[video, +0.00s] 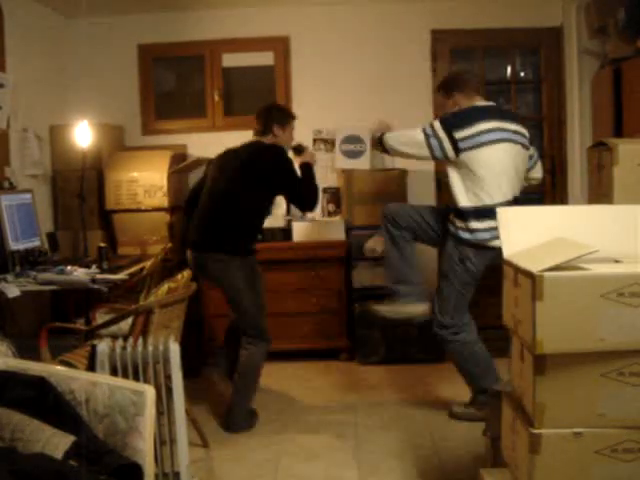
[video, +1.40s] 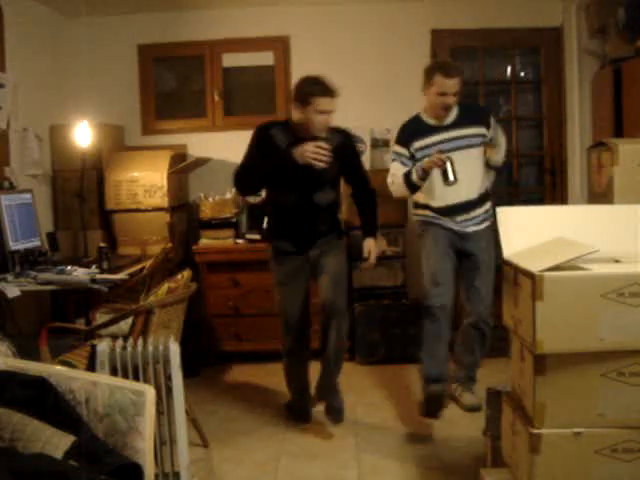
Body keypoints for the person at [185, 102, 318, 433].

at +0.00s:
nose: (291, 138)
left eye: (291, 131)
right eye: (290, 132)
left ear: (259, 129)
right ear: (277, 130)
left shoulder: (227, 157)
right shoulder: (275, 159)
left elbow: (192, 203)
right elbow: (306, 202)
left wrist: (189, 245)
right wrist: (307, 167)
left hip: (203, 250)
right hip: (234, 253)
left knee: (242, 314)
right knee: (256, 334)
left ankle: (226, 371)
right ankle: (238, 414)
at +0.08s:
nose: (295, 125)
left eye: (294, 118)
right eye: (290, 118)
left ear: (265, 119)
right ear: (272, 118)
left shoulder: (237, 143)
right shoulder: (263, 147)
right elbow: (294, 189)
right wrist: (306, 154)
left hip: (199, 236)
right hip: (219, 242)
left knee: (262, 272)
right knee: (246, 325)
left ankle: (250, 347)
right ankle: (232, 412)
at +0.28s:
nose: (277, 126)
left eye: (278, 120)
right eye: (270, 120)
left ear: (272, 123)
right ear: (250, 121)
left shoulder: (249, 155)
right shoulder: (233, 150)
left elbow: (243, 203)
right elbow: (257, 186)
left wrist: (254, 235)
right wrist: (281, 147)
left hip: (228, 252)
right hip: (208, 253)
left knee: (260, 320)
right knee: (240, 327)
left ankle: (247, 387)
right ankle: (218, 396)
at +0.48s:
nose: (260, 117)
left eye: (262, 110)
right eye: (253, 110)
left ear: (267, 114)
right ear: (235, 115)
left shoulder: (260, 154)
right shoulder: (218, 144)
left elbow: (261, 199)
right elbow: (228, 178)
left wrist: (274, 237)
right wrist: (254, 137)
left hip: (238, 247)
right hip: (209, 250)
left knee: (287, 279)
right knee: (238, 330)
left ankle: (271, 350)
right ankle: (217, 396)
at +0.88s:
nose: (251, 102)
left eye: (256, 96)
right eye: (245, 98)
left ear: (267, 104)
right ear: (236, 106)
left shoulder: (282, 141)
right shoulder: (222, 139)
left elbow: (303, 187)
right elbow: (193, 148)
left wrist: (315, 233)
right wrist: (228, 114)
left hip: (272, 241)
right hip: (236, 244)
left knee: (292, 298)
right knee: (244, 320)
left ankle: (286, 375)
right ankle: (238, 393)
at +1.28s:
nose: (292, 121)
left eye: (297, 114)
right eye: (285, 114)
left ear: (303, 113)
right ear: (268, 113)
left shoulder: (321, 149)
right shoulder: (253, 146)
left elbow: (353, 198)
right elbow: (225, 182)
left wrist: (361, 243)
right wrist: (263, 145)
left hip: (317, 256)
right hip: (275, 258)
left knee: (317, 334)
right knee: (283, 338)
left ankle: (318, 411)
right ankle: (294, 401)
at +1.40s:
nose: (329, 120)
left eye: (332, 112)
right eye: (322, 112)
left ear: (333, 111)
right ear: (299, 110)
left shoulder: (338, 142)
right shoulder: (271, 137)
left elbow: (363, 190)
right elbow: (244, 184)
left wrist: (370, 233)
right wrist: (292, 157)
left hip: (329, 240)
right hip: (287, 242)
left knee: (336, 309)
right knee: (294, 322)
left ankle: (330, 385)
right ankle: (299, 396)